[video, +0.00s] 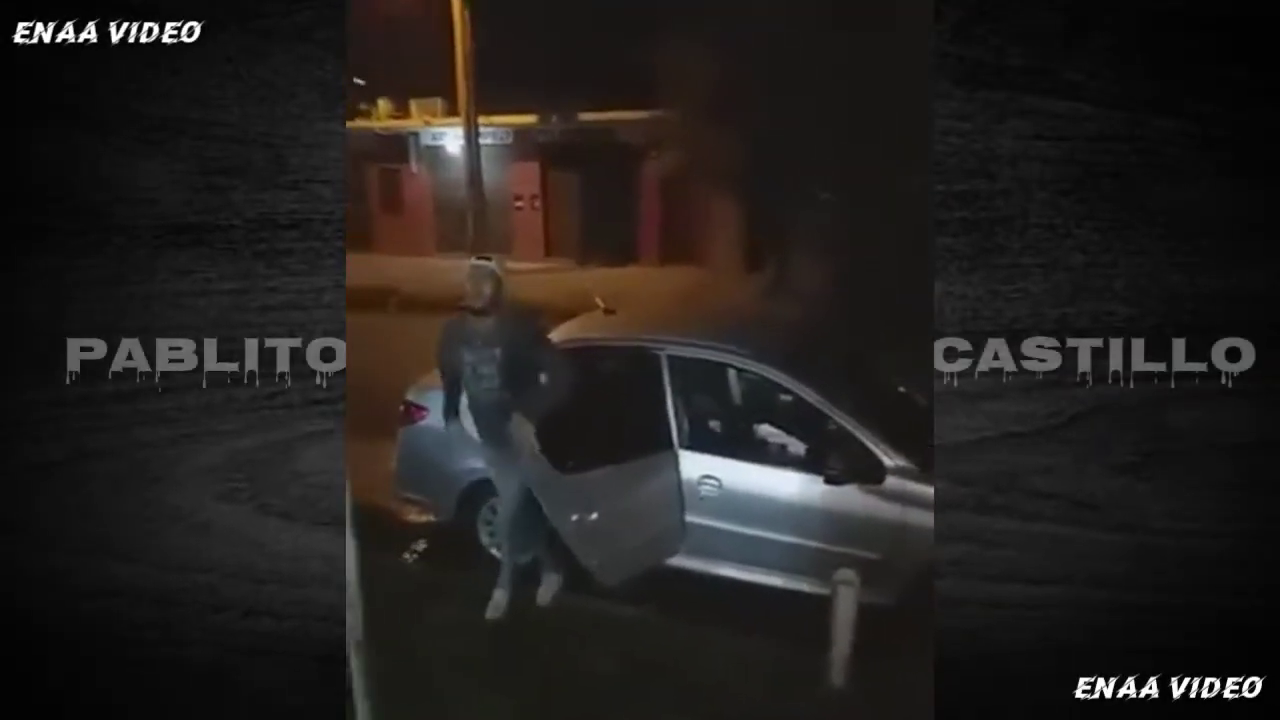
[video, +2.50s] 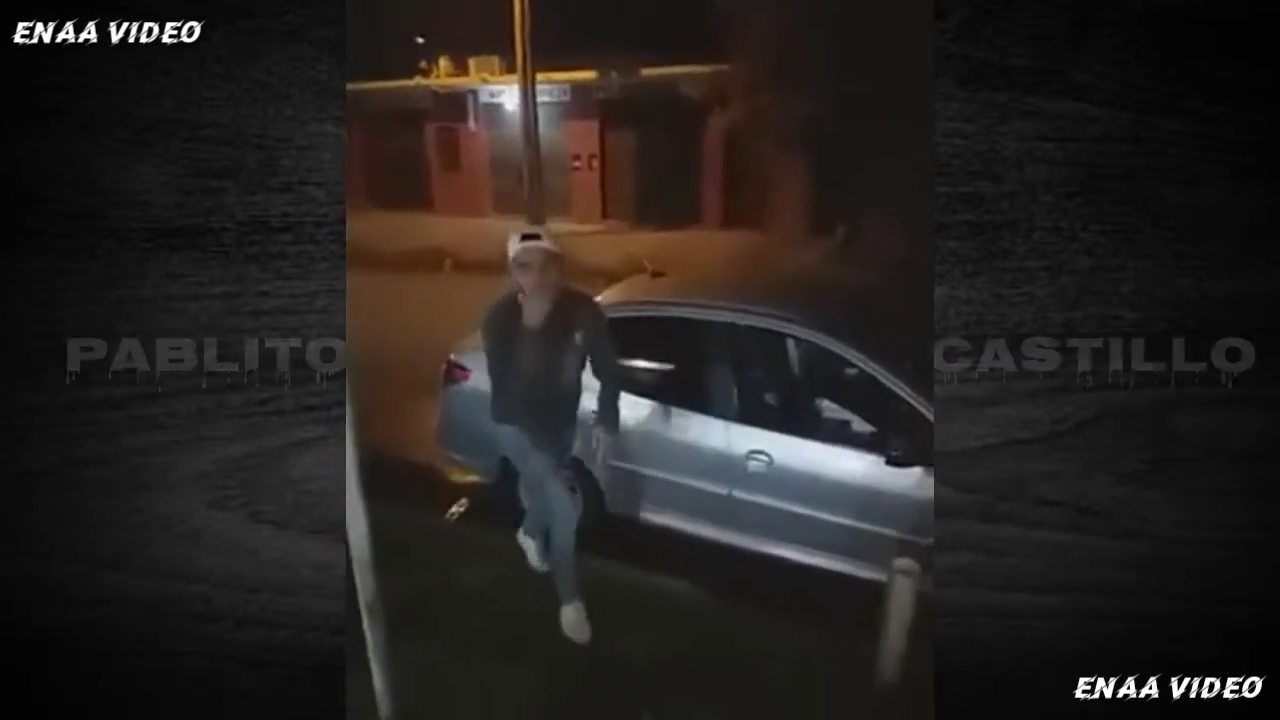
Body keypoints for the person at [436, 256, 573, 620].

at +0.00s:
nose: (477, 291)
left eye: (484, 284)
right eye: (472, 284)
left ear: (496, 286)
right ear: (466, 288)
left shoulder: (518, 325)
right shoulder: (456, 329)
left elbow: (559, 372)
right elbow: (450, 373)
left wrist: (531, 412)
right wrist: (451, 414)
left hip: (518, 422)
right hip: (483, 423)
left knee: (509, 505)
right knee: (515, 499)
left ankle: (503, 586)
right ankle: (550, 568)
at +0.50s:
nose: (505, 285)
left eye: (512, 277)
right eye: (500, 276)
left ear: (526, 283)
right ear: (492, 282)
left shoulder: (544, 326)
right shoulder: (478, 327)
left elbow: (586, 363)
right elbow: (469, 372)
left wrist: (562, 409)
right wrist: (496, 324)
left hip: (534, 435)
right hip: (492, 434)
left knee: (535, 520)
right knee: (496, 513)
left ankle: (543, 587)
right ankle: (488, 564)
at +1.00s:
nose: (521, 305)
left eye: (522, 297)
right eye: (514, 298)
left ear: (520, 300)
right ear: (491, 303)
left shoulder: (527, 335)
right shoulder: (469, 334)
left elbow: (552, 372)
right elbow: (470, 388)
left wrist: (548, 413)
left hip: (510, 444)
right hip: (468, 445)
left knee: (517, 522)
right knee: (476, 522)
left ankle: (520, 587)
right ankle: (480, 580)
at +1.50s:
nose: (574, 361)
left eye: (578, 355)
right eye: (571, 353)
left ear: (578, 355)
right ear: (556, 351)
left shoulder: (563, 382)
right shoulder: (526, 373)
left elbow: (558, 427)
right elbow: (534, 435)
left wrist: (578, 387)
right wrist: (567, 397)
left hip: (528, 452)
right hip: (488, 446)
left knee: (541, 515)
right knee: (504, 514)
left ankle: (537, 581)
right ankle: (498, 571)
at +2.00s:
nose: (580, 333)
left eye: (584, 325)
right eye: (572, 326)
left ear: (589, 324)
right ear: (555, 326)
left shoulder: (586, 347)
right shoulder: (530, 350)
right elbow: (521, 408)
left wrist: (596, 398)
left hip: (545, 428)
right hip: (503, 427)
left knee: (555, 492)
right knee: (538, 491)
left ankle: (544, 557)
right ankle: (531, 558)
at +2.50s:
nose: (530, 277)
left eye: (537, 267)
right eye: (522, 268)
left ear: (555, 269)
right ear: (512, 273)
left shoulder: (582, 309)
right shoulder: (500, 316)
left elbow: (608, 372)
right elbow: (499, 376)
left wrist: (607, 425)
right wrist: (508, 421)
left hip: (560, 419)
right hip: (513, 420)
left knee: (542, 483)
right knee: (564, 503)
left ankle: (531, 532)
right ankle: (570, 598)